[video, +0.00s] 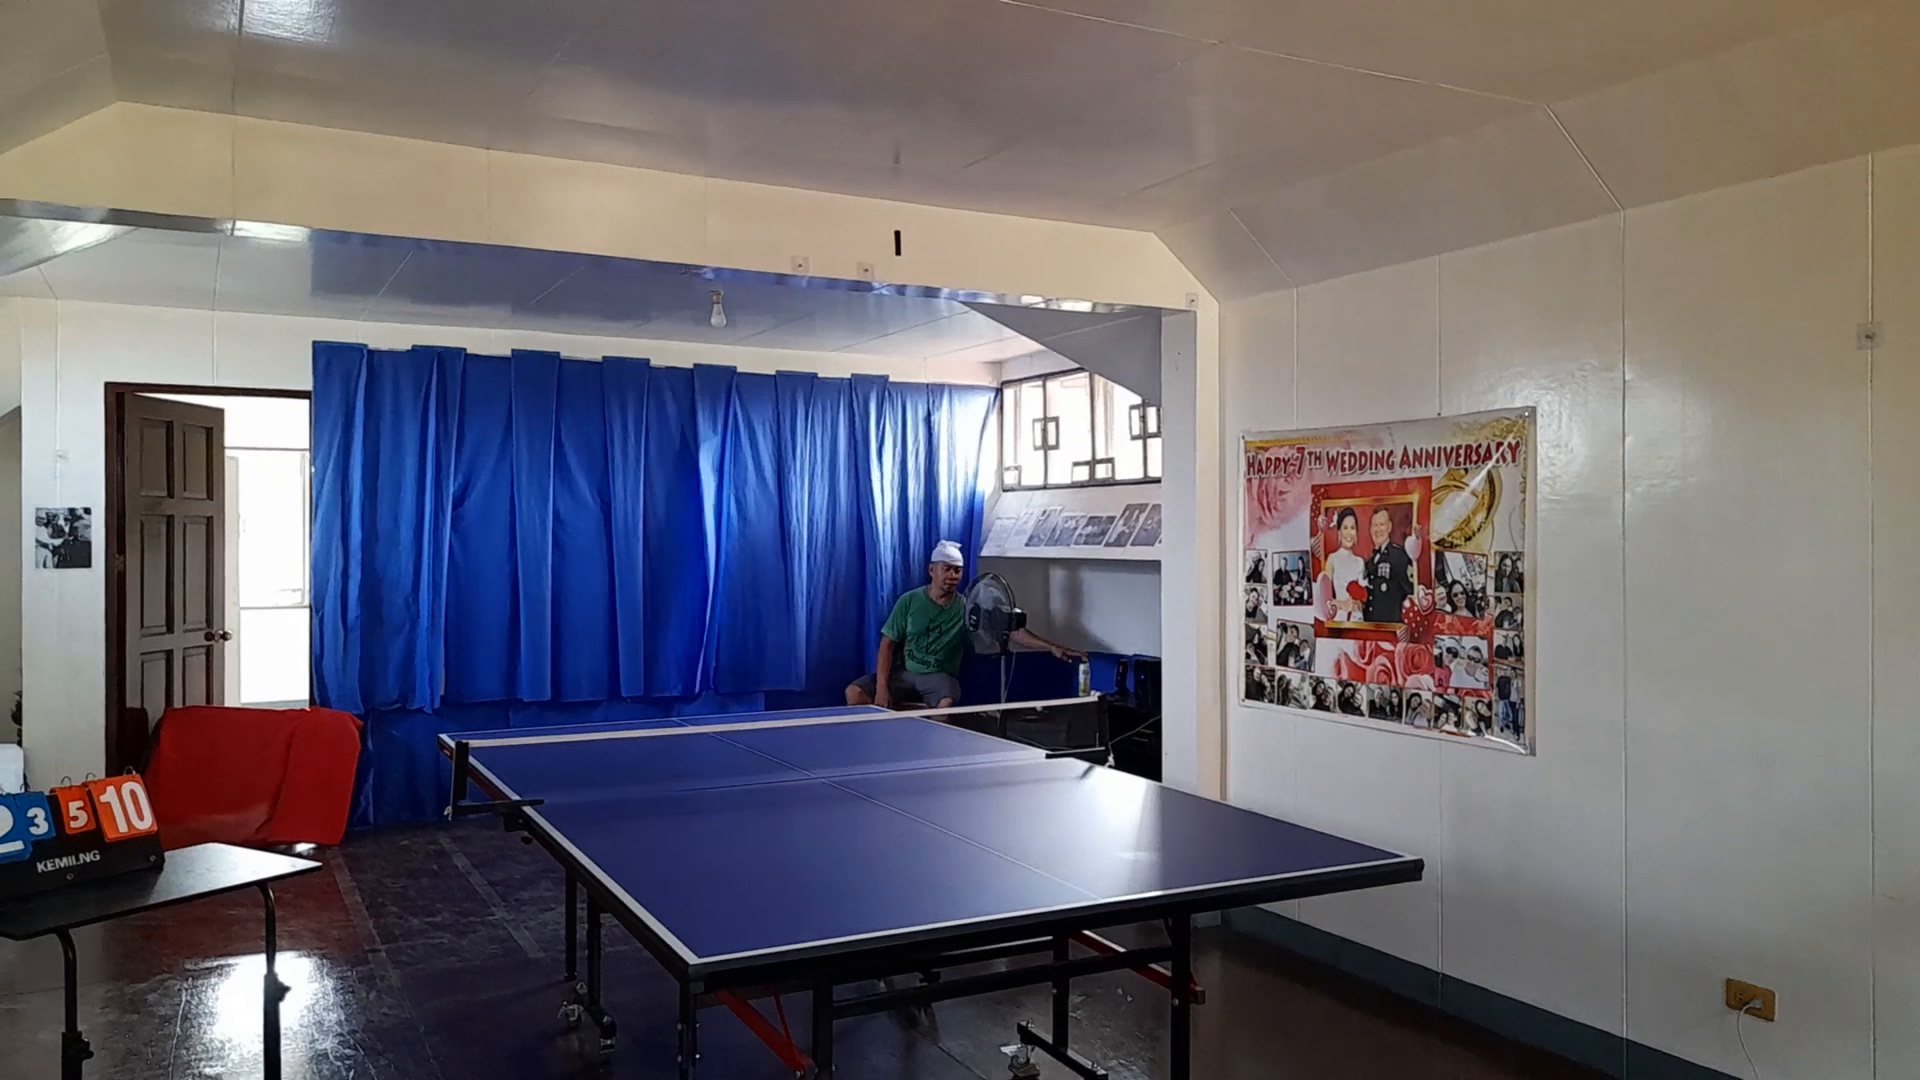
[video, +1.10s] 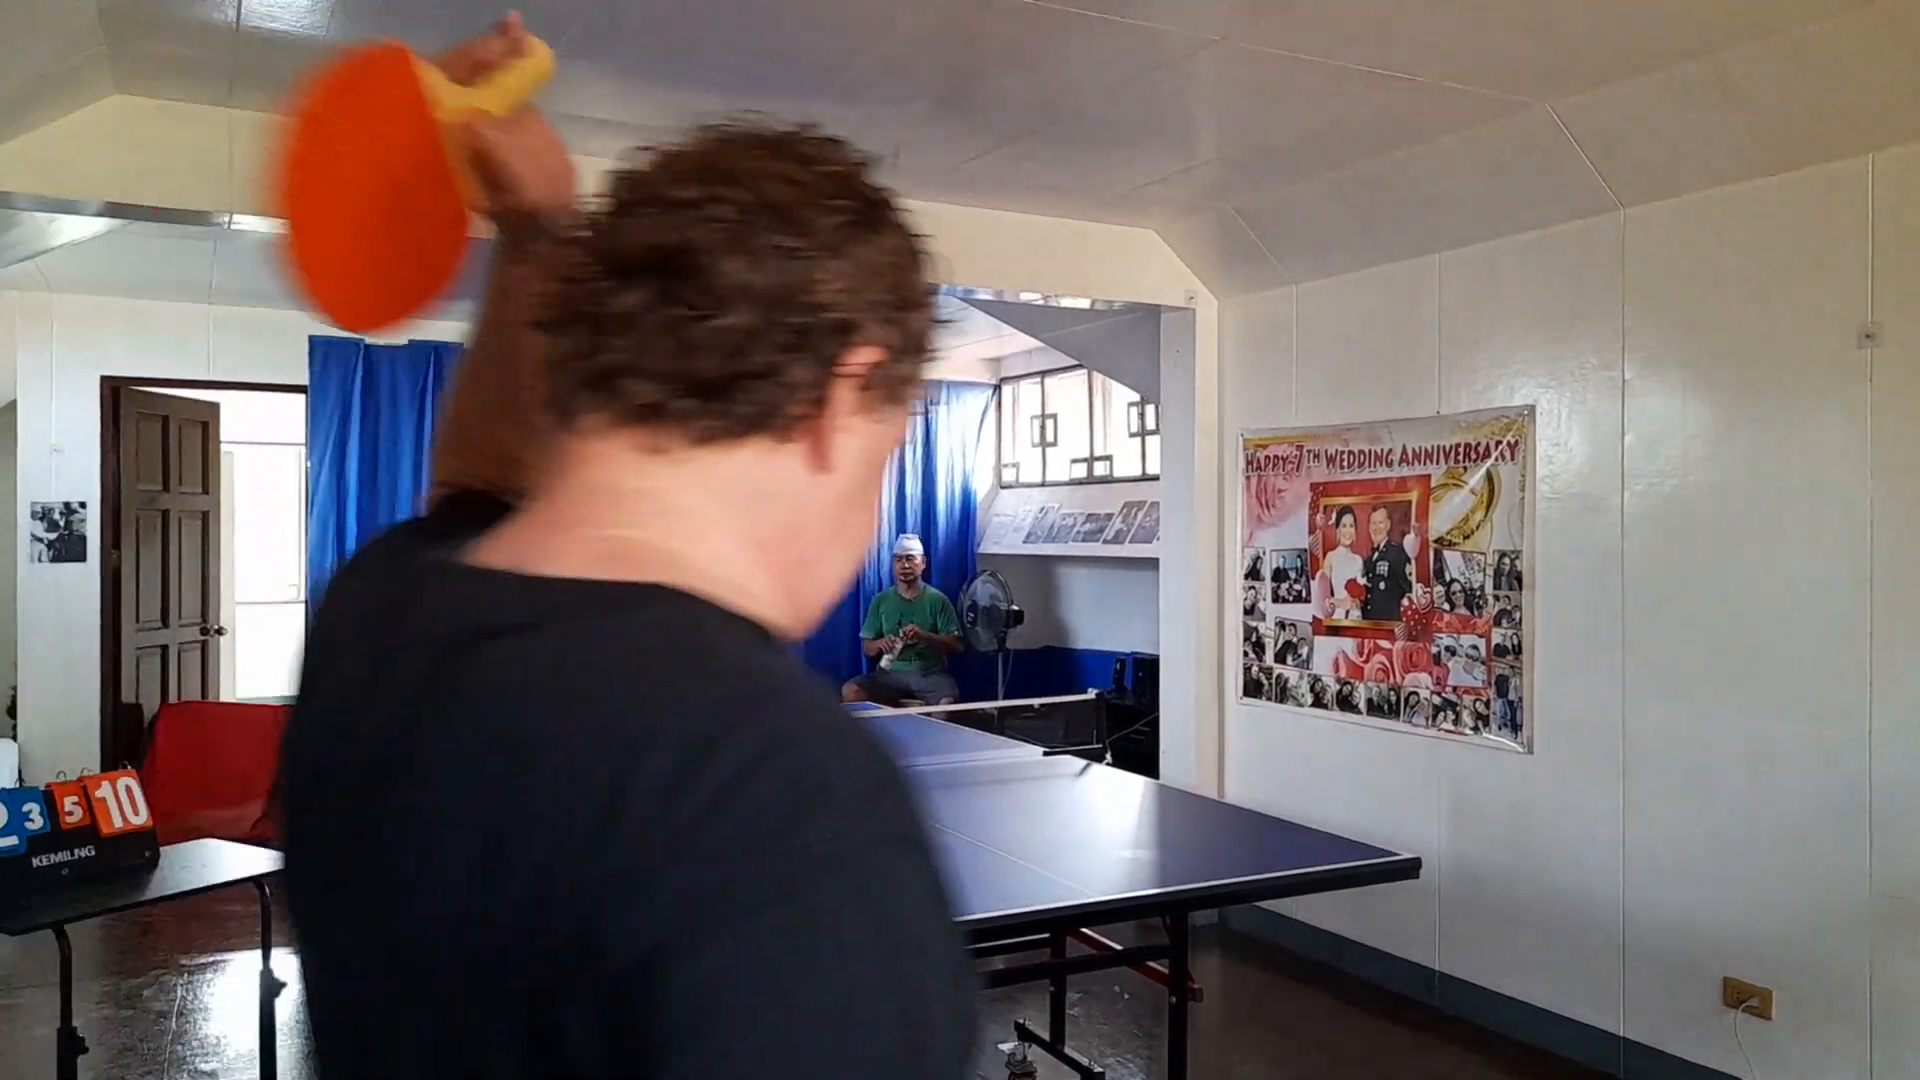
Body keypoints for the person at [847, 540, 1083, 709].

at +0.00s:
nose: (952, 576)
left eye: (957, 571)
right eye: (947, 569)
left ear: (962, 574)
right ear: (932, 570)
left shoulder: (966, 609)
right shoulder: (909, 601)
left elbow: (1011, 631)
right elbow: (887, 645)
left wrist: (1053, 648)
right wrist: (881, 689)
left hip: (939, 678)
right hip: (904, 673)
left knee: (947, 705)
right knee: (854, 692)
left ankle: (923, 748)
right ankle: (881, 743)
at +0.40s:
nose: (941, 573)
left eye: (946, 567)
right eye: (935, 567)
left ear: (951, 570)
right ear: (921, 569)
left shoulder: (959, 607)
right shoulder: (900, 602)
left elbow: (980, 643)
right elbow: (882, 647)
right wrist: (885, 692)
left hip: (938, 677)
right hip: (901, 673)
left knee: (949, 704)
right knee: (855, 692)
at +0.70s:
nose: (929, 568)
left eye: (934, 563)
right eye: (922, 562)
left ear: (939, 568)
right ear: (910, 566)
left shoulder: (950, 606)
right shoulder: (892, 601)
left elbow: (959, 647)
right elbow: (877, 649)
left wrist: (955, 649)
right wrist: (900, 664)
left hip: (933, 678)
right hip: (897, 676)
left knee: (950, 706)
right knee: (854, 692)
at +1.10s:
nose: (904, 565)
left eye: (910, 559)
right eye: (899, 560)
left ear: (923, 563)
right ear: (893, 564)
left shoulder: (937, 600)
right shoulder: (880, 601)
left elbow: (956, 644)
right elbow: (867, 648)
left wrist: (923, 637)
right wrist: (881, 643)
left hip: (928, 675)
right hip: (889, 674)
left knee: (946, 702)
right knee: (851, 691)